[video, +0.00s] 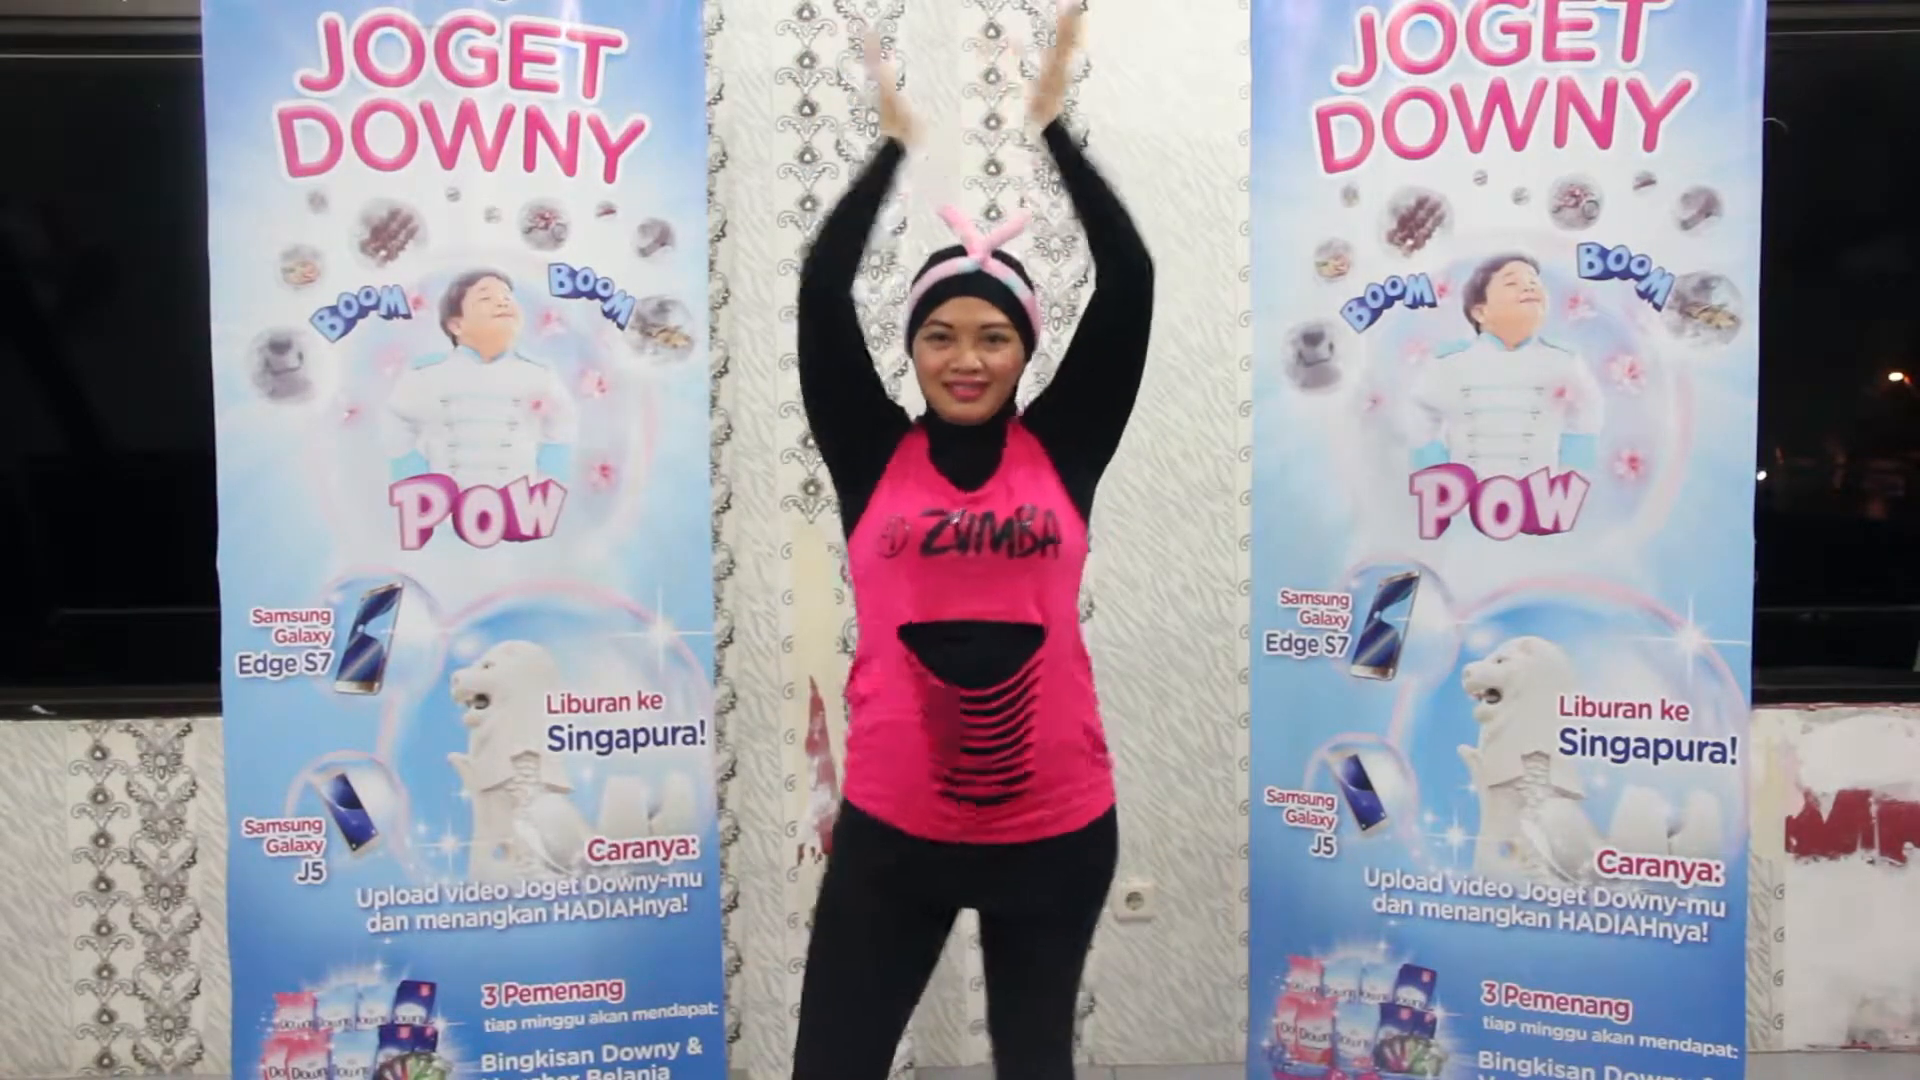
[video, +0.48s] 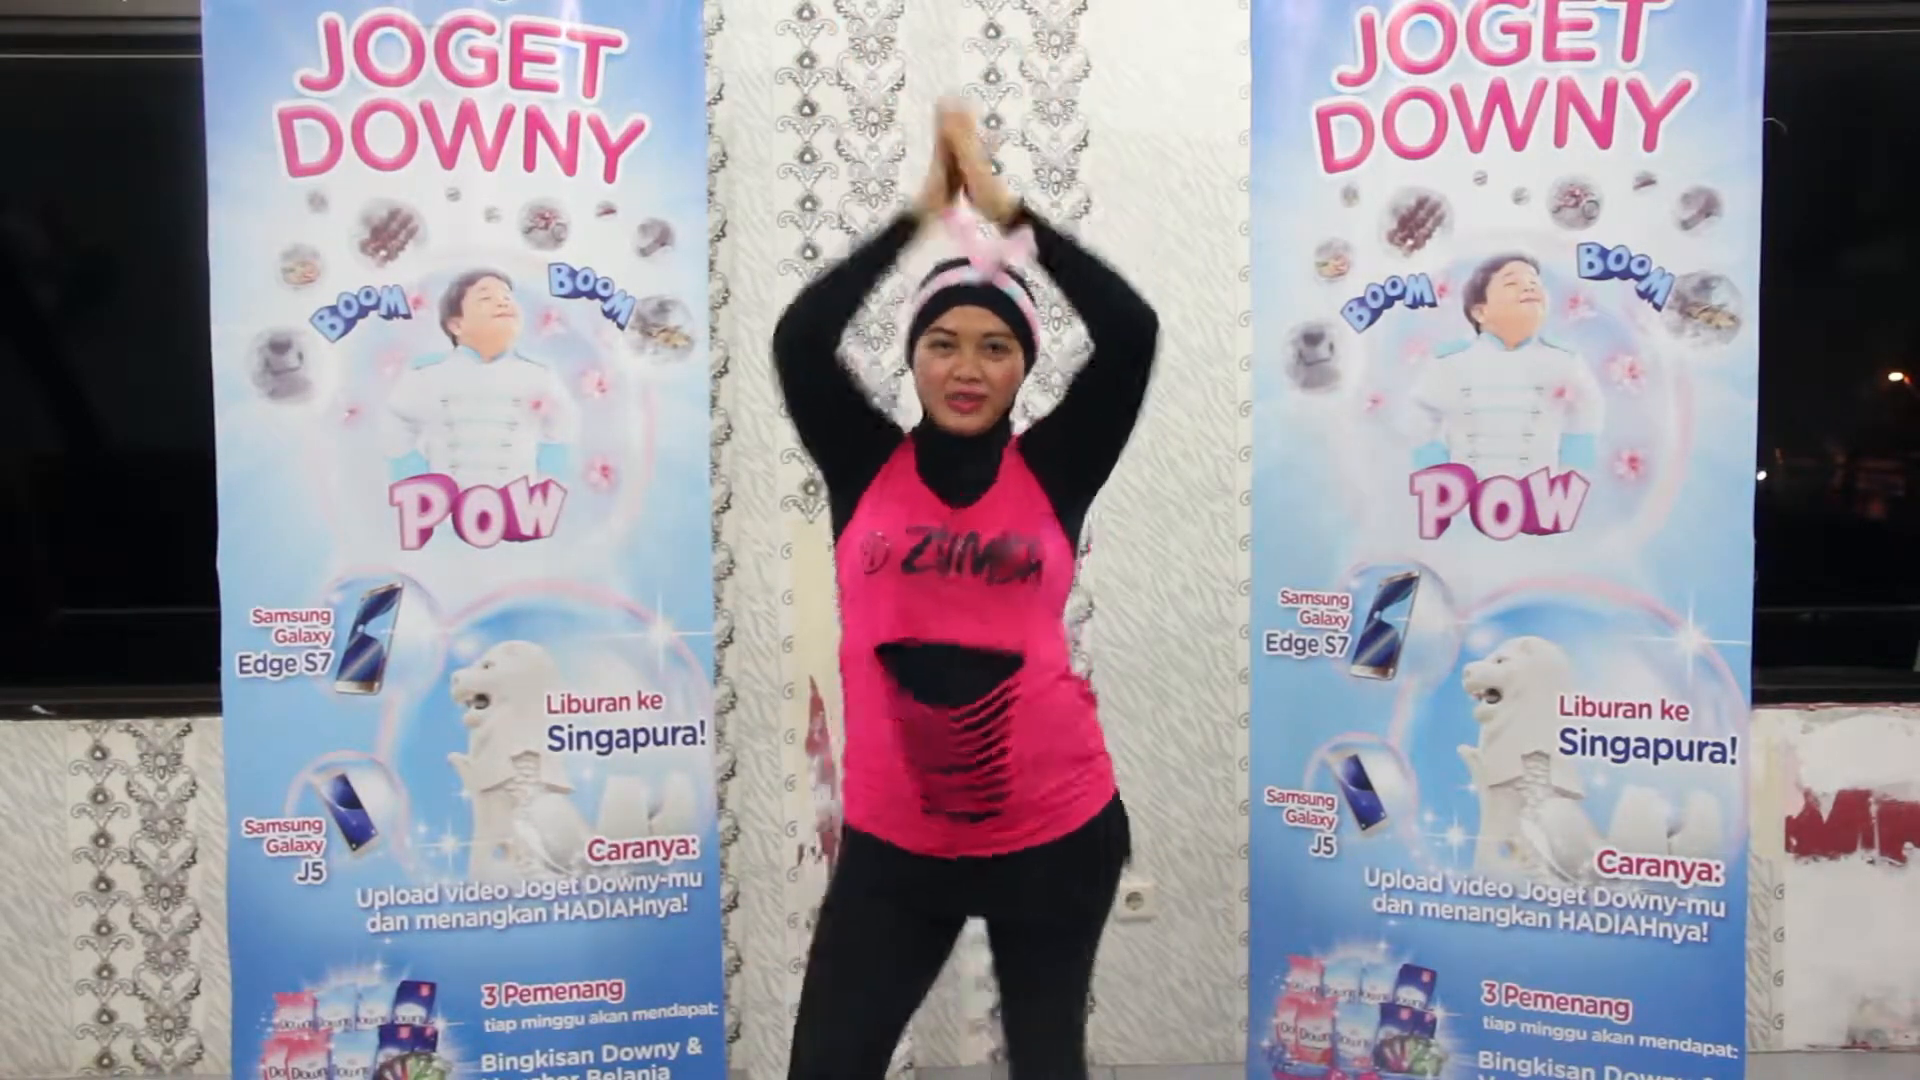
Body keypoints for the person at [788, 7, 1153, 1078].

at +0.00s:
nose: (966, 357)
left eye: (991, 338)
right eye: (943, 337)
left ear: (1025, 355)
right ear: (912, 354)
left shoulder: (1060, 454)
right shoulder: (872, 458)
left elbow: (1129, 281)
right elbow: (819, 294)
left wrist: (1054, 128)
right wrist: (890, 146)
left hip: (1051, 836)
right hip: (894, 834)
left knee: (1036, 1063)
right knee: (831, 1063)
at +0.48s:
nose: (967, 365)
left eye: (993, 347)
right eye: (944, 344)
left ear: (1023, 371)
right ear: (912, 365)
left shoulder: (1054, 472)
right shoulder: (865, 468)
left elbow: (1130, 331)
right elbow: (801, 336)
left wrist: (1014, 216)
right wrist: (917, 214)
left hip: (1052, 839)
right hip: (895, 842)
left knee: (1048, 1060)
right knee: (824, 1064)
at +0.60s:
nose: (966, 360)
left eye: (992, 345)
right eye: (944, 337)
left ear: (1019, 372)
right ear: (908, 356)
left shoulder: (1043, 475)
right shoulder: (850, 470)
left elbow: (1159, 448)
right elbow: (761, 465)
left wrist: (1084, 304)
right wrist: (832, 312)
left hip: (1039, 828)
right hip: (886, 829)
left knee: (1024, 1061)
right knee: (836, 1062)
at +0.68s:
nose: (938, 337)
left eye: (965, 322)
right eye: (919, 312)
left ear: (995, 353)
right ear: (883, 331)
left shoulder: (1034, 456)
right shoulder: (845, 458)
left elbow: (1119, 561)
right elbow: (787, 524)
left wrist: (1096, 412)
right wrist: (846, 380)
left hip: (1018, 824)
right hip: (868, 818)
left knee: (990, 1060)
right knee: (863, 1062)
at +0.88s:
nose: (918, 310)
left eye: (940, 295)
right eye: (895, 299)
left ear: (979, 324)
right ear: (869, 333)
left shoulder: (1028, 441)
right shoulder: (826, 452)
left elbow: (1092, 518)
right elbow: (806, 573)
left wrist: (988, 405)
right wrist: (899, 512)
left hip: (1009, 794)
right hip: (860, 803)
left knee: (1024, 1034)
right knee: (878, 1057)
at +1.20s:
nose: (906, 328)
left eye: (930, 310)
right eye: (884, 314)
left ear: (976, 336)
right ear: (861, 348)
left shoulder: (1032, 453)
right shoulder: (836, 480)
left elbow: (1136, 526)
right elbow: (741, 621)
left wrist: (1012, 425)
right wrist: (738, 523)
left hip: (1024, 809)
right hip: (872, 800)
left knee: (1034, 1059)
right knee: (744, 981)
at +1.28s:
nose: (895, 303)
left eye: (920, 282)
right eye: (872, 285)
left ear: (960, 304)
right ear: (846, 310)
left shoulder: (1014, 410)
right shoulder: (812, 435)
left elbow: (1139, 409)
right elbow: (664, 492)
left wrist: (1053, 287)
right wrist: (690, 359)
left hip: (1011, 780)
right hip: (857, 781)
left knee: (1042, 1042)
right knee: (744, 1022)